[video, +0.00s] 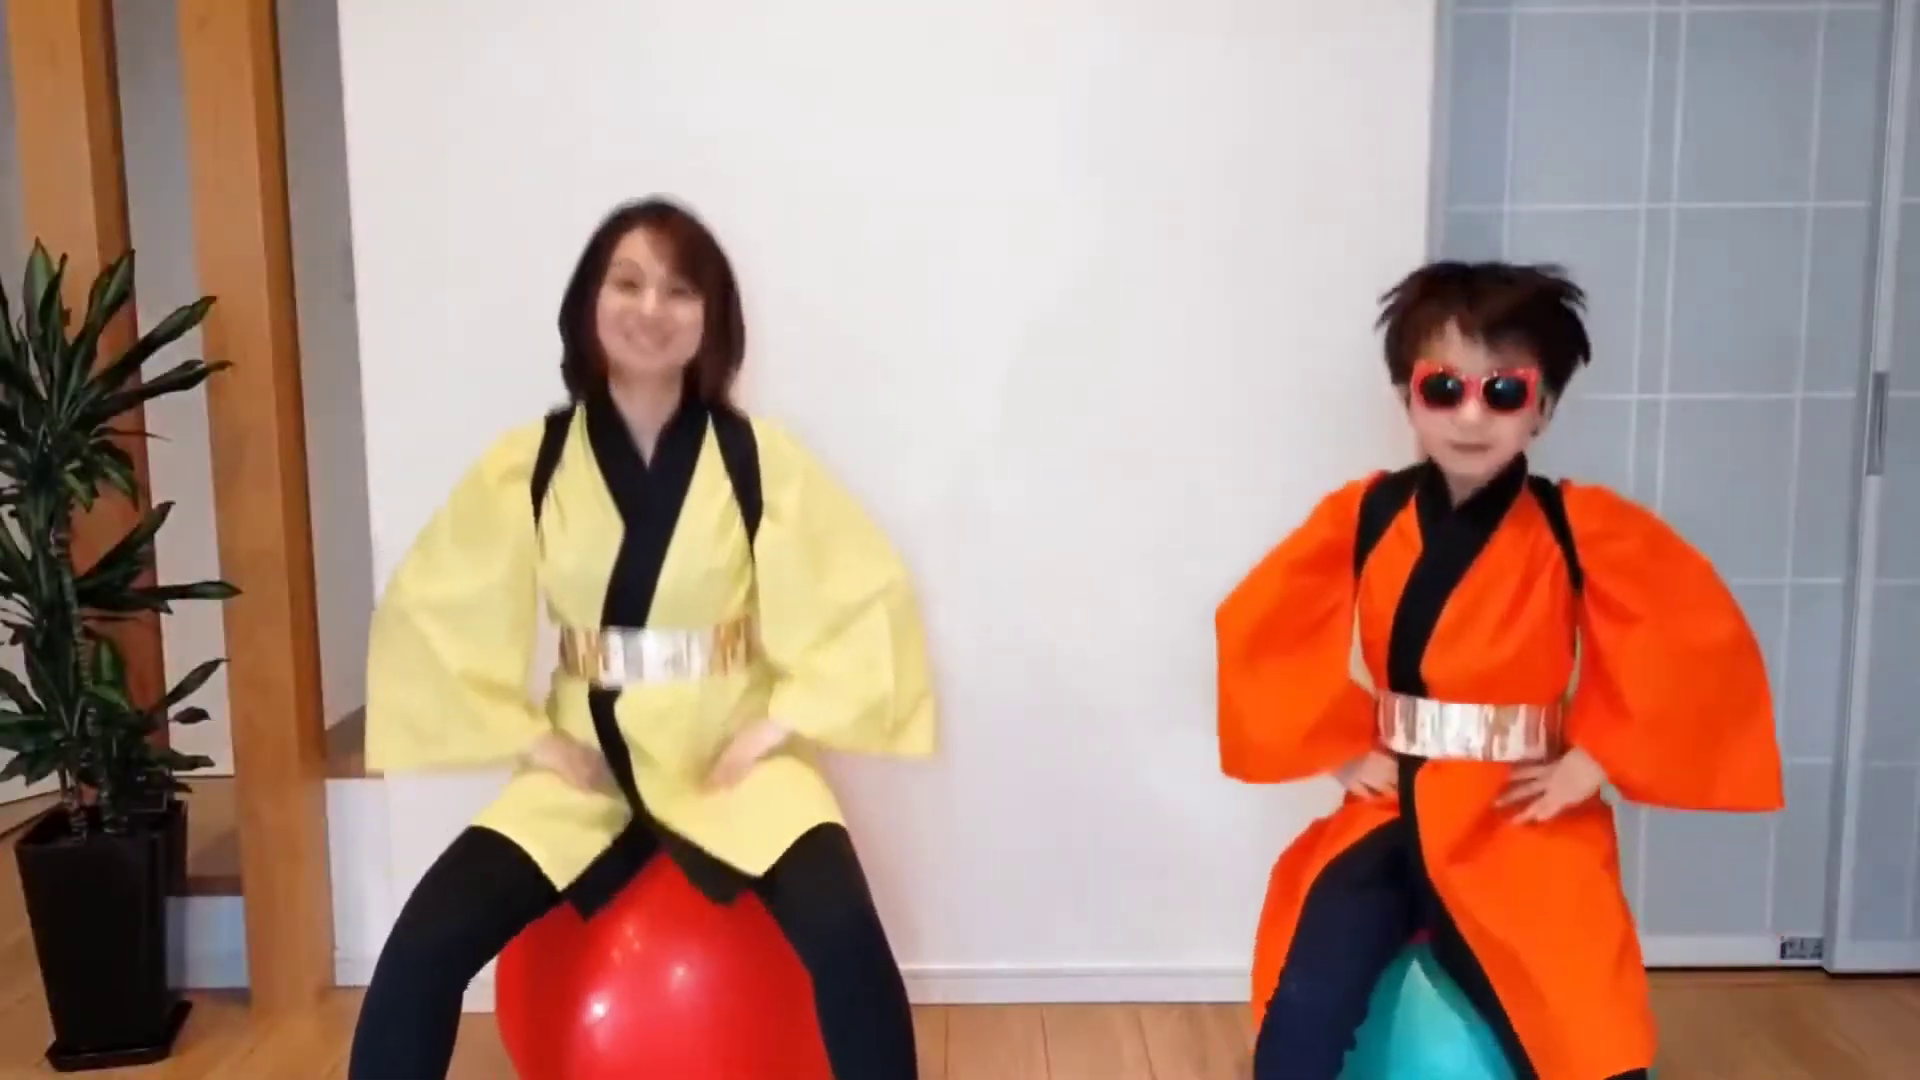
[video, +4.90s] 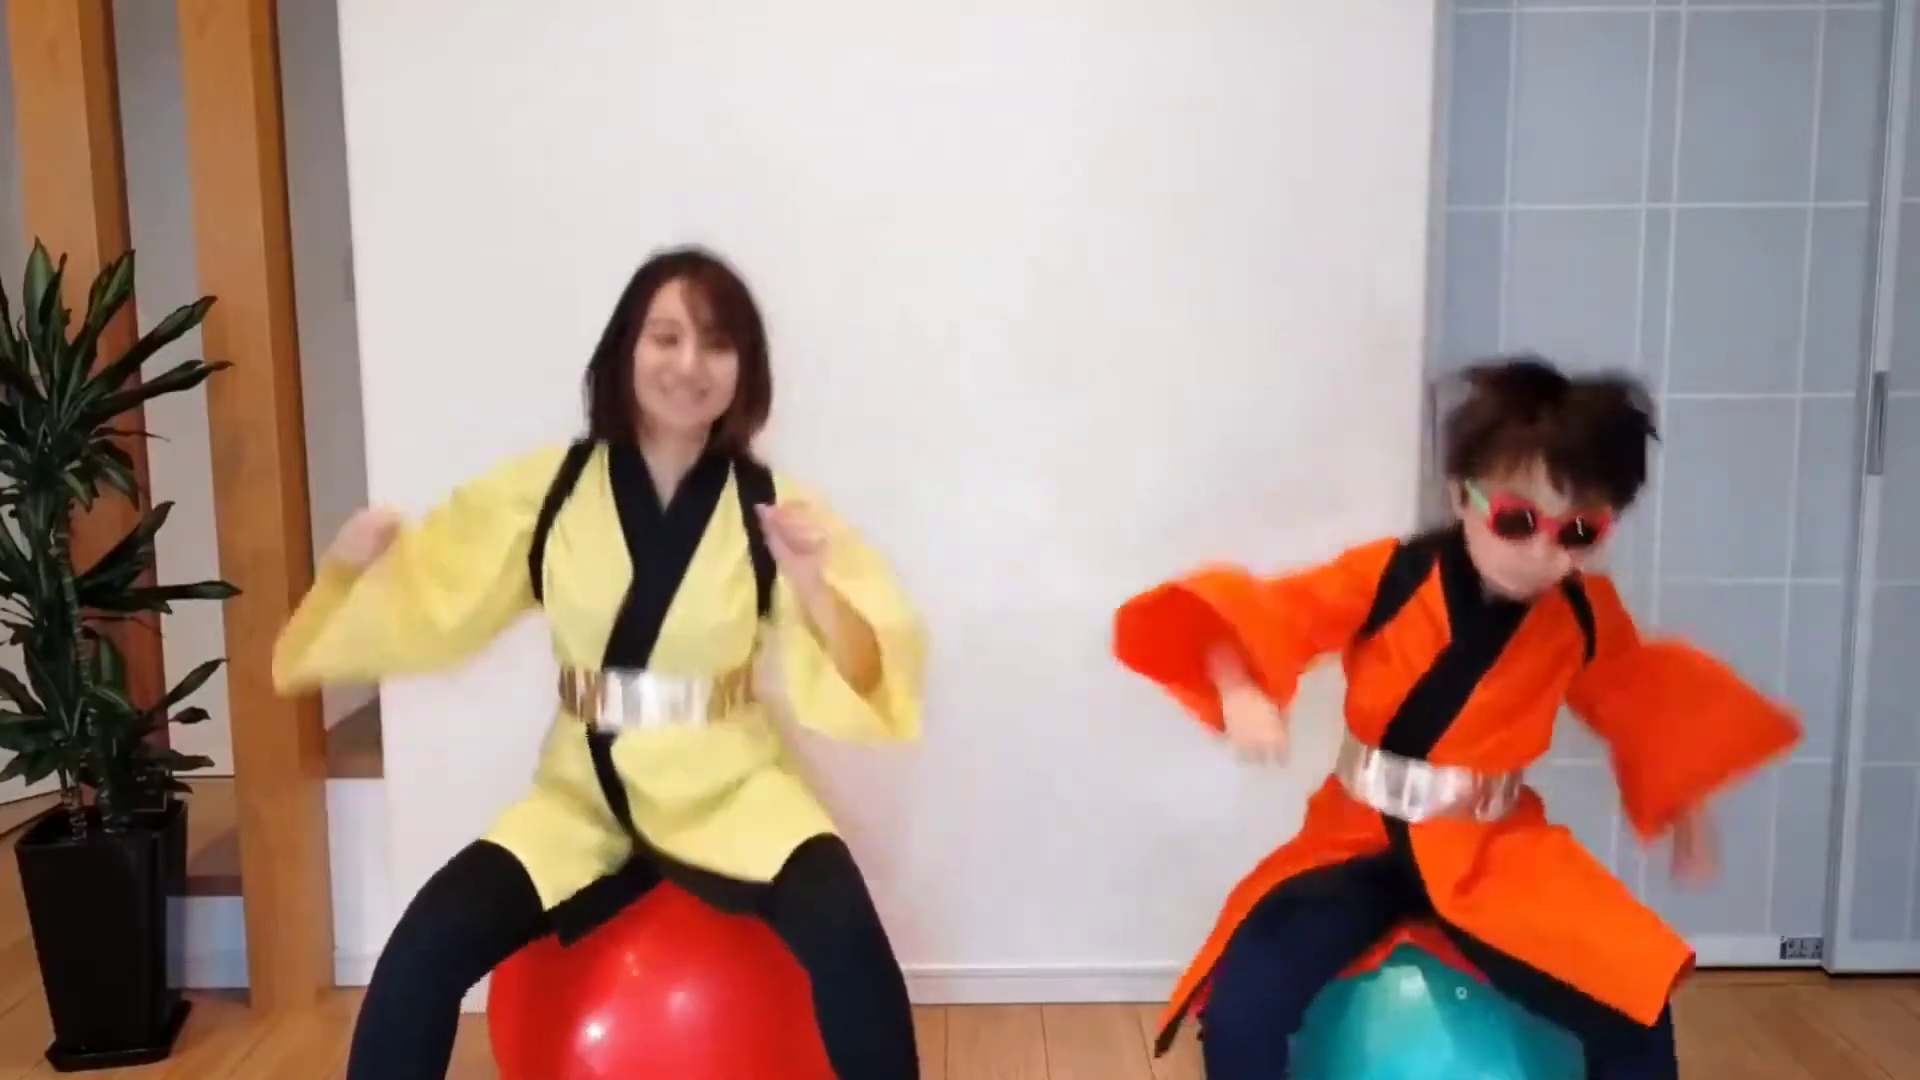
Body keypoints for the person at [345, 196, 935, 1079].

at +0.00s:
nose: (648, 309)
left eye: (677, 290)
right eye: (625, 283)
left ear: (711, 317)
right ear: (589, 303)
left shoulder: (758, 460)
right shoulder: (531, 461)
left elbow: (871, 604)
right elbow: (424, 615)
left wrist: (772, 724)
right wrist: (535, 738)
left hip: (741, 763)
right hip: (585, 767)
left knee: (847, 936)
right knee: (422, 946)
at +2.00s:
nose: (644, 454)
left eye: (669, 428)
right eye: (618, 430)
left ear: (705, 438)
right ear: (587, 442)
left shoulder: (764, 559)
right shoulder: (543, 566)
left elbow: (877, 699)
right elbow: (434, 708)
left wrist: (779, 808)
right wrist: (535, 815)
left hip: (740, 844)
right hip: (591, 850)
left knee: (836, 913)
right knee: (438, 935)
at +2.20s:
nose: (636, 316)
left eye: (662, 290)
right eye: (613, 292)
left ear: (699, 308)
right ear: (580, 312)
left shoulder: (762, 451)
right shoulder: (535, 455)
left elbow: (869, 602)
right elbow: (434, 610)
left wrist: (778, 719)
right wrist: (543, 737)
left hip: (750, 755)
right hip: (589, 760)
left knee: (848, 934)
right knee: (431, 951)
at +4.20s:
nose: (667, 415)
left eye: (692, 396)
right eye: (643, 391)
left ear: (724, 419)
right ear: (603, 408)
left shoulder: (771, 551)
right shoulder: (537, 559)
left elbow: (883, 682)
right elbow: (435, 704)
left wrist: (788, 798)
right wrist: (543, 810)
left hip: (744, 835)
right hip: (589, 845)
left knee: (842, 914)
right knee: (440, 940)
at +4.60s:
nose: (670, 312)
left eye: (698, 292)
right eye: (646, 282)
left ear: (727, 314)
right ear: (600, 295)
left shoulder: (767, 446)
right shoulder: (521, 445)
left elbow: (851, 591)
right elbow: (435, 584)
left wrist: (801, 671)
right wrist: (500, 696)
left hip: (746, 747)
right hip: (583, 754)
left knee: (853, 932)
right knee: (433, 950)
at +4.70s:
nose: (675, 383)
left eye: (702, 362)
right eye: (650, 358)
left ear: (728, 386)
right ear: (603, 375)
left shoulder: (765, 524)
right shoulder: (540, 521)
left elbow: (808, 643)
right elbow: (456, 644)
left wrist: (836, 698)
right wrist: (390, 738)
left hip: (742, 805)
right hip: (591, 814)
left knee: (844, 905)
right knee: (434, 941)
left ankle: (885, 1073)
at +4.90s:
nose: (690, 362)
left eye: (715, 343)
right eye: (665, 337)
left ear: (743, 367)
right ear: (624, 352)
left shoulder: (772, 503)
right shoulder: (556, 484)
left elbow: (871, 676)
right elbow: (431, 603)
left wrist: (816, 585)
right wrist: (363, 563)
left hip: (733, 799)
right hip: (582, 804)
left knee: (844, 928)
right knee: (427, 944)